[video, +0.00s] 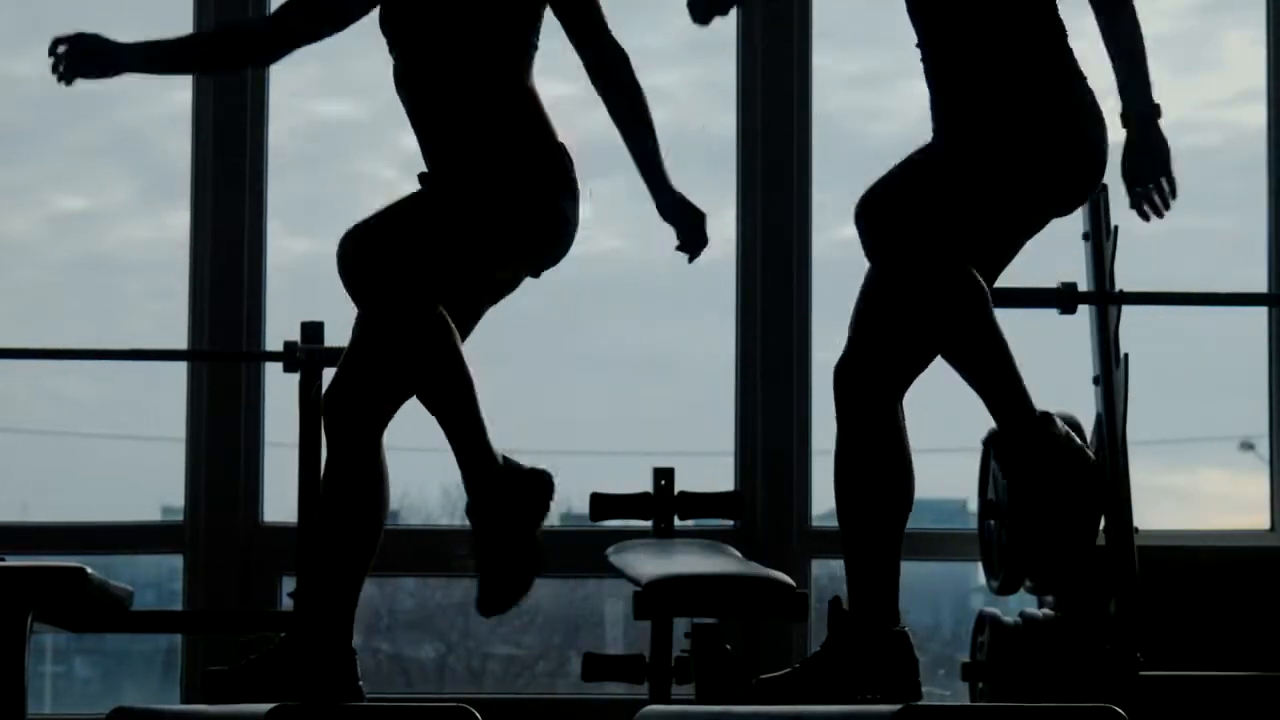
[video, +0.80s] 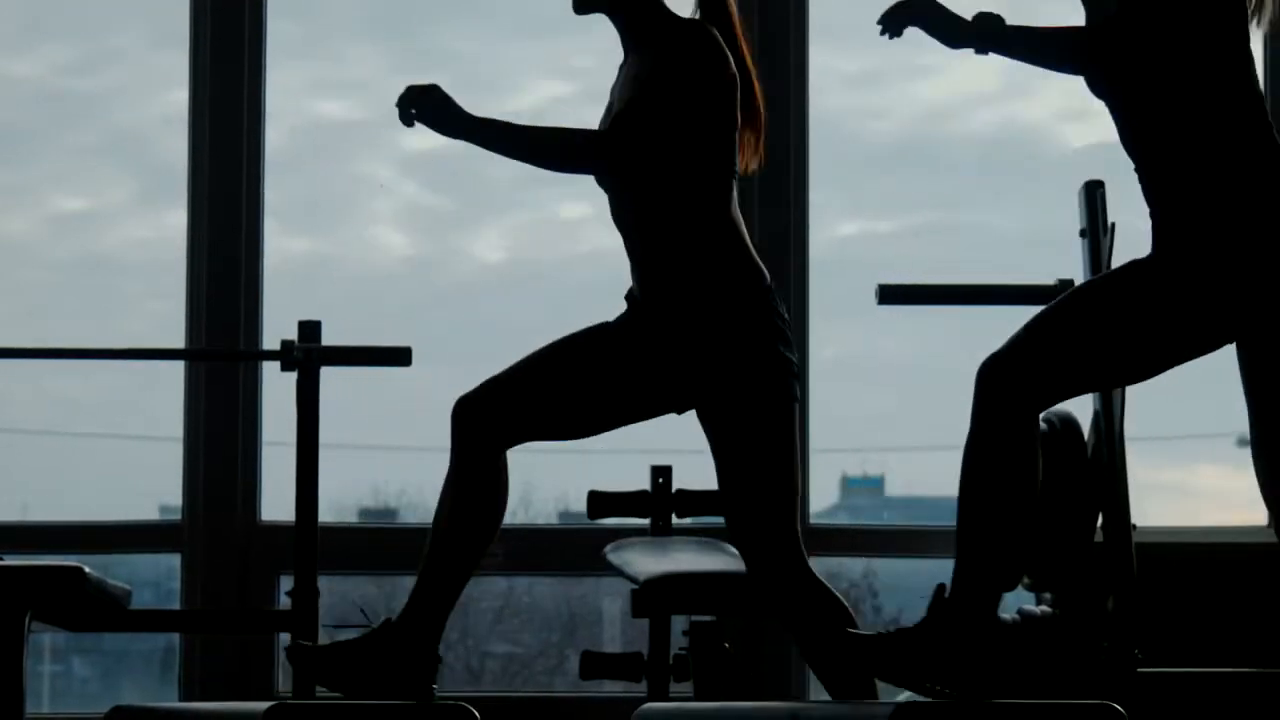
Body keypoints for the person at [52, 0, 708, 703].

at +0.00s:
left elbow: (605, 60)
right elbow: (259, 44)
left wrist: (661, 188)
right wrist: (122, 57)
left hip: (525, 192)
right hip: (455, 199)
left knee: (368, 252)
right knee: (348, 413)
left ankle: (494, 489)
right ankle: (321, 654)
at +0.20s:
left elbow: (634, 50)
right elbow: (252, 9)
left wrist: (726, 172)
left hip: (518, 180)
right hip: (444, 157)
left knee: (343, 416)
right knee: (339, 88)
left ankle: (323, 654)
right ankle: (407, 304)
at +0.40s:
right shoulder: (434, 8)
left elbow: (592, 100)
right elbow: (370, 110)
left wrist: (584, 219)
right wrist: (270, 199)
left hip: (541, 219)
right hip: (471, 220)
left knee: (448, 349)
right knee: (377, 416)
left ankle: (589, 525)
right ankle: (326, 646)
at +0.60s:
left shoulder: (619, 14)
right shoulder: (569, 26)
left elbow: (533, 103)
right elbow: (566, 203)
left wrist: (406, 122)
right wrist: (563, 341)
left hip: (636, 285)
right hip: (563, 283)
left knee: (687, 504)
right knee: (414, 430)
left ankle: (794, 670)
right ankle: (327, 651)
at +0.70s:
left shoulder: (667, 65)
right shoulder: (619, 80)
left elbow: (551, 117)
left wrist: (411, 89)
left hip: (702, 336)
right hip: (627, 331)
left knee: (761, 555)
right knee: (452, 426)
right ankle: (347, 642)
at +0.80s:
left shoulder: (687, 54)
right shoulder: (649, 59)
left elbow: (609, 156)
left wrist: (463, 125)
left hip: (725, 335)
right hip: (666, 328)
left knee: (773, 557)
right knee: (482, 420)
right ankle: (410, 646)